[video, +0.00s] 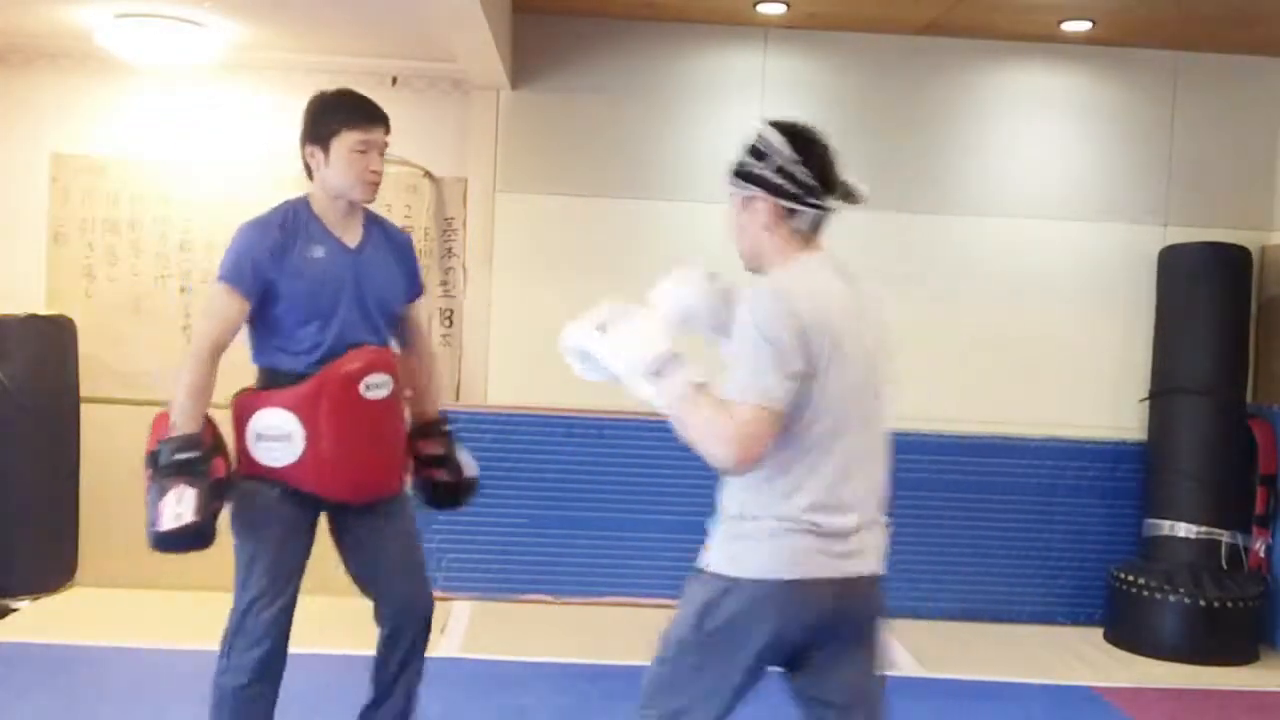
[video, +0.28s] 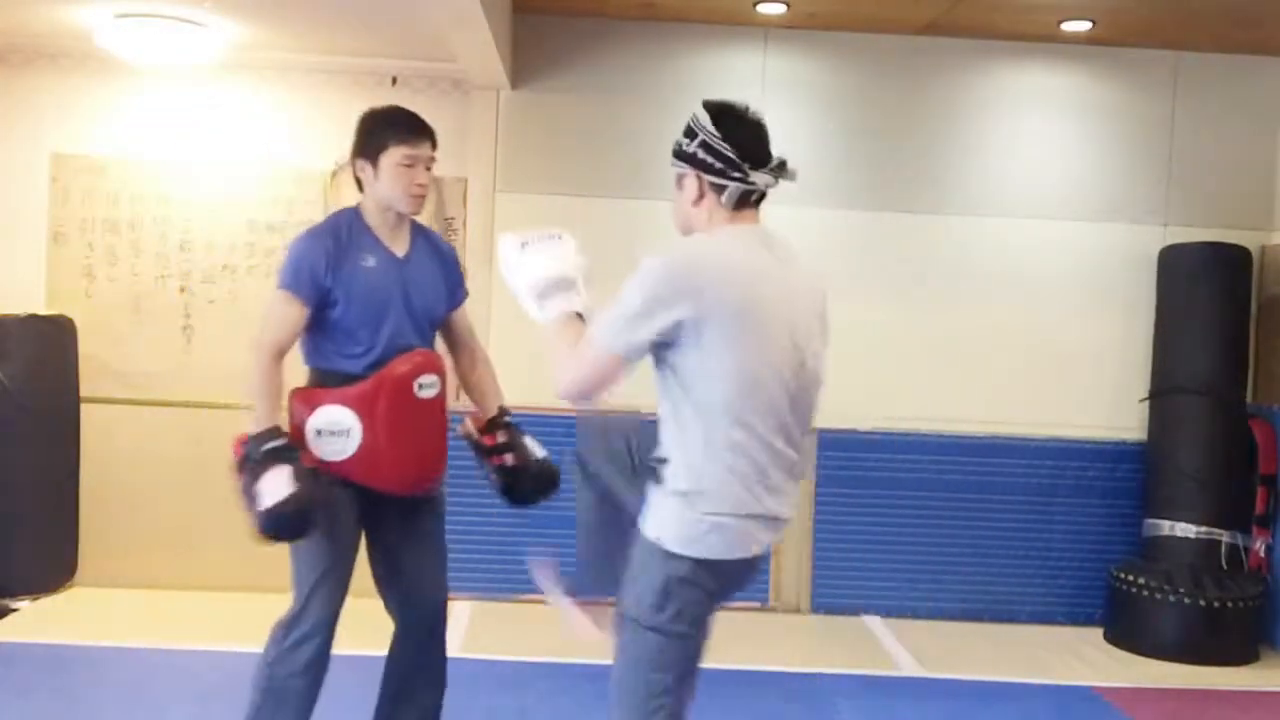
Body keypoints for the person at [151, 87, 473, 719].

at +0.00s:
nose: (377, 163)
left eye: (382, 151)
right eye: (362, 149)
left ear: (385, 159)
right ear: (315, 157)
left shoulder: (393, 245)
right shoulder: (265, 239)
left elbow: (416, 344)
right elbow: (207, 345)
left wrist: (431, 433)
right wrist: (182, 452)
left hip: (368, 445)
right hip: (283, 444)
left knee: (411, 606)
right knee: (261, 622)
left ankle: (387, 716)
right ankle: (236, 716)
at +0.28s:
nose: (425, 176)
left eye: (430, 164)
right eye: (410, 162)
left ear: (432, 172)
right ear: (364, 169)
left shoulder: (436, 254)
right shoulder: (321, 247)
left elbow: (466, 348)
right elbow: (268, 351)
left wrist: (498, 430)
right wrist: (266, 448)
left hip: (410, 455)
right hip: (331, 451)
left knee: (425, 617)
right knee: (315, 612)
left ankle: (407, 718)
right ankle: (272, 717)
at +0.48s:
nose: (429, 181)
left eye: (435, 169)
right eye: (416, 168)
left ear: (439, 176)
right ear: (373, 172)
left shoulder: (441, 254)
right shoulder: (329, 241)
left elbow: (477, 341)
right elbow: (272, 339)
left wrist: (517, 406)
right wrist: (312, 406)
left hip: (399, 437)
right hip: (329, 432)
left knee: (411, 582)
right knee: (336, 578)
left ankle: (400, 716)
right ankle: (299, 715)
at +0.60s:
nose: (401, 194)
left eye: (408, 182)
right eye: (388, 180)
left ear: (414, 187)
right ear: (347, 183)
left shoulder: (405, 250)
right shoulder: (309, 240)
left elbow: (455, 331)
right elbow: (278, 322)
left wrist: (510, 325)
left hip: (371, 440)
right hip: (300, 435)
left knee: (385, 594)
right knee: (304, 579)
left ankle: (390, 716)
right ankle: (260, 686)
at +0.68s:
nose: (387, 205)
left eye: (391, 192)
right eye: (374, 191)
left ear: (393, 195)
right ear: (335, 189)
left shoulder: (393, 264)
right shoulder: (295, 245)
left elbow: (454, 329)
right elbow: (280, 308)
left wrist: (496, 305)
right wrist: (335, 246)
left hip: (358, 439)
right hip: (289, 433)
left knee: (379, 588)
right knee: (277, 575)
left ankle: (383, 716)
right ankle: (234, 682)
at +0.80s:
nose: (346, 203)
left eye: (352, 194)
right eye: (336, 191)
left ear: (357, 199)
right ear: (309, 192)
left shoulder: (373, 267)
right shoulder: (266, 251)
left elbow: (444, 319)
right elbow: (272, 292)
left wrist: (459, 251)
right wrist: (316, 223)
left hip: (344, 440)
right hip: (272, 438)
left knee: (380, 577)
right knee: (262, 577)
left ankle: (387, 715)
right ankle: (231, 694)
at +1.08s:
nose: (338, 188)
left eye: (348, 179)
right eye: (328, 176)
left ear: (357, 185)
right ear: (301, 175)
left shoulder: (376, 247)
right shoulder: (267, 235)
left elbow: (447, 293)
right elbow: (248, 276)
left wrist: (453, 223)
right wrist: (297, 214)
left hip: (348, 414)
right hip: (274, 412)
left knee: (375, 555)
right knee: (258, 561)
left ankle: (371, 670)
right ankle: (237, 695)